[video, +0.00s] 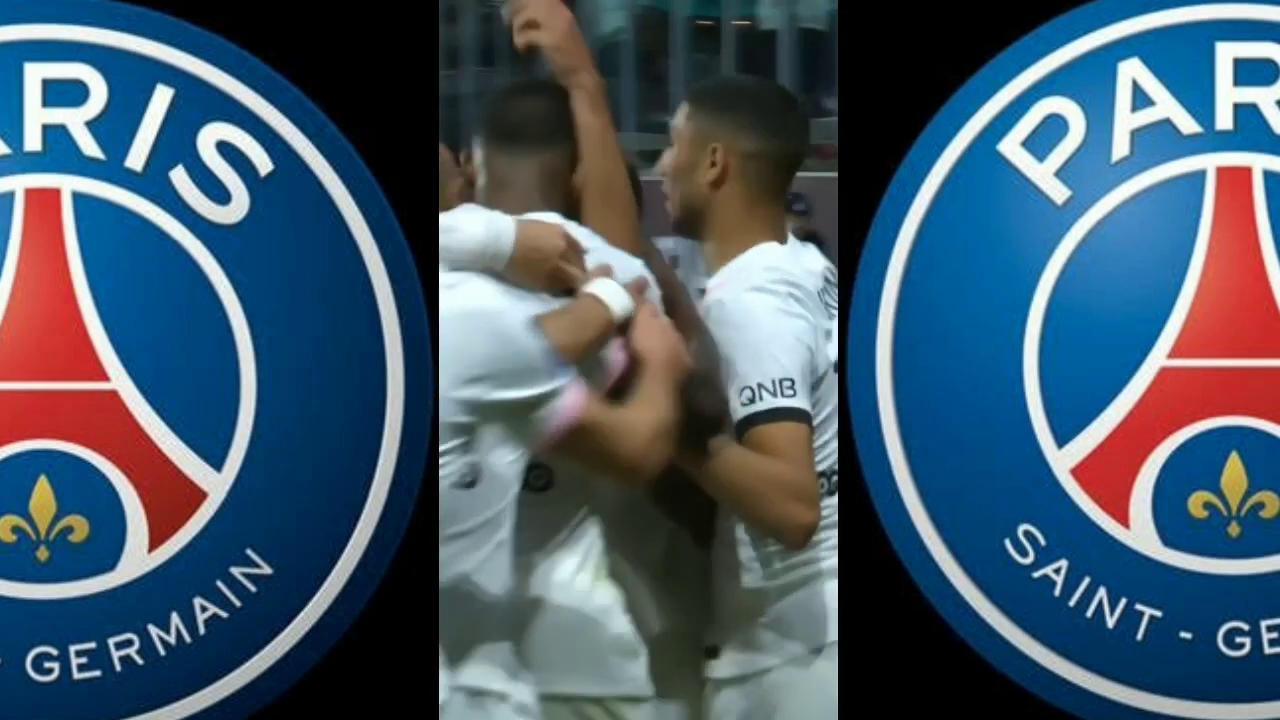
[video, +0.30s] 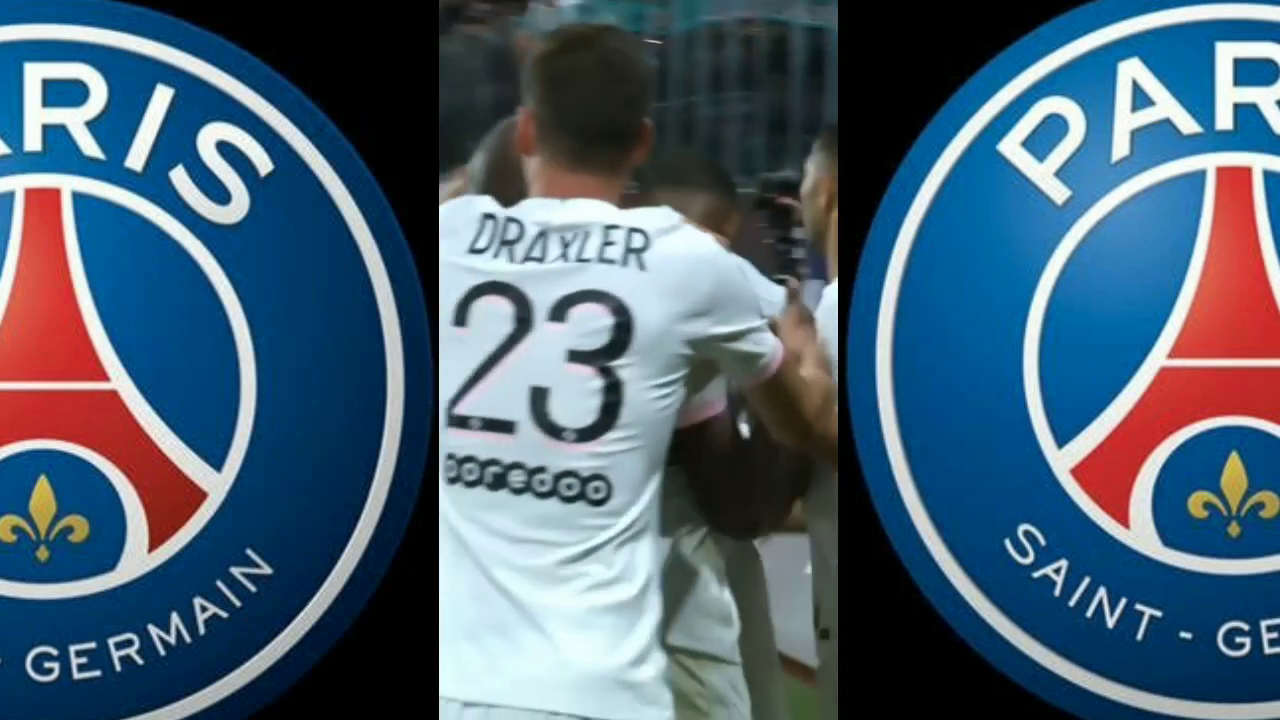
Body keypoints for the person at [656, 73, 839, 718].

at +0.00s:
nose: (660, 168)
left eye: (673, 146)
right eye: (666, 147)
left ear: (716, 164)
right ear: (724, 163)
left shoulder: (747, 298)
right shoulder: (806, 268)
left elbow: (792, 506)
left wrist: (675, 430)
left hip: (780, 654)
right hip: (817, 640)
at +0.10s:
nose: (712, 183)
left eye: (718, 167)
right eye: (716, 167)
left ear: (742, 180)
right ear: (817, 183)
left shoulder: (784, 299)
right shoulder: (828, 275)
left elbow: (821, 494)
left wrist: (726, 423)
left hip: (808, 635)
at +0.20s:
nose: (755, 193)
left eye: (761, 177)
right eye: (760, 177)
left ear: (783, 189)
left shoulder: (811, 303)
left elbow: (838, 471)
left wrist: (756, 412)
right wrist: (762, 410)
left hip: (826, 616)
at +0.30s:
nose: (797, 201)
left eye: (806, 186)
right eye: (805, 186)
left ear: (830, 196)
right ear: (823, 198)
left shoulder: (832, 308)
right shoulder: (813, 306)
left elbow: (815, 425)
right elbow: (809, 424)